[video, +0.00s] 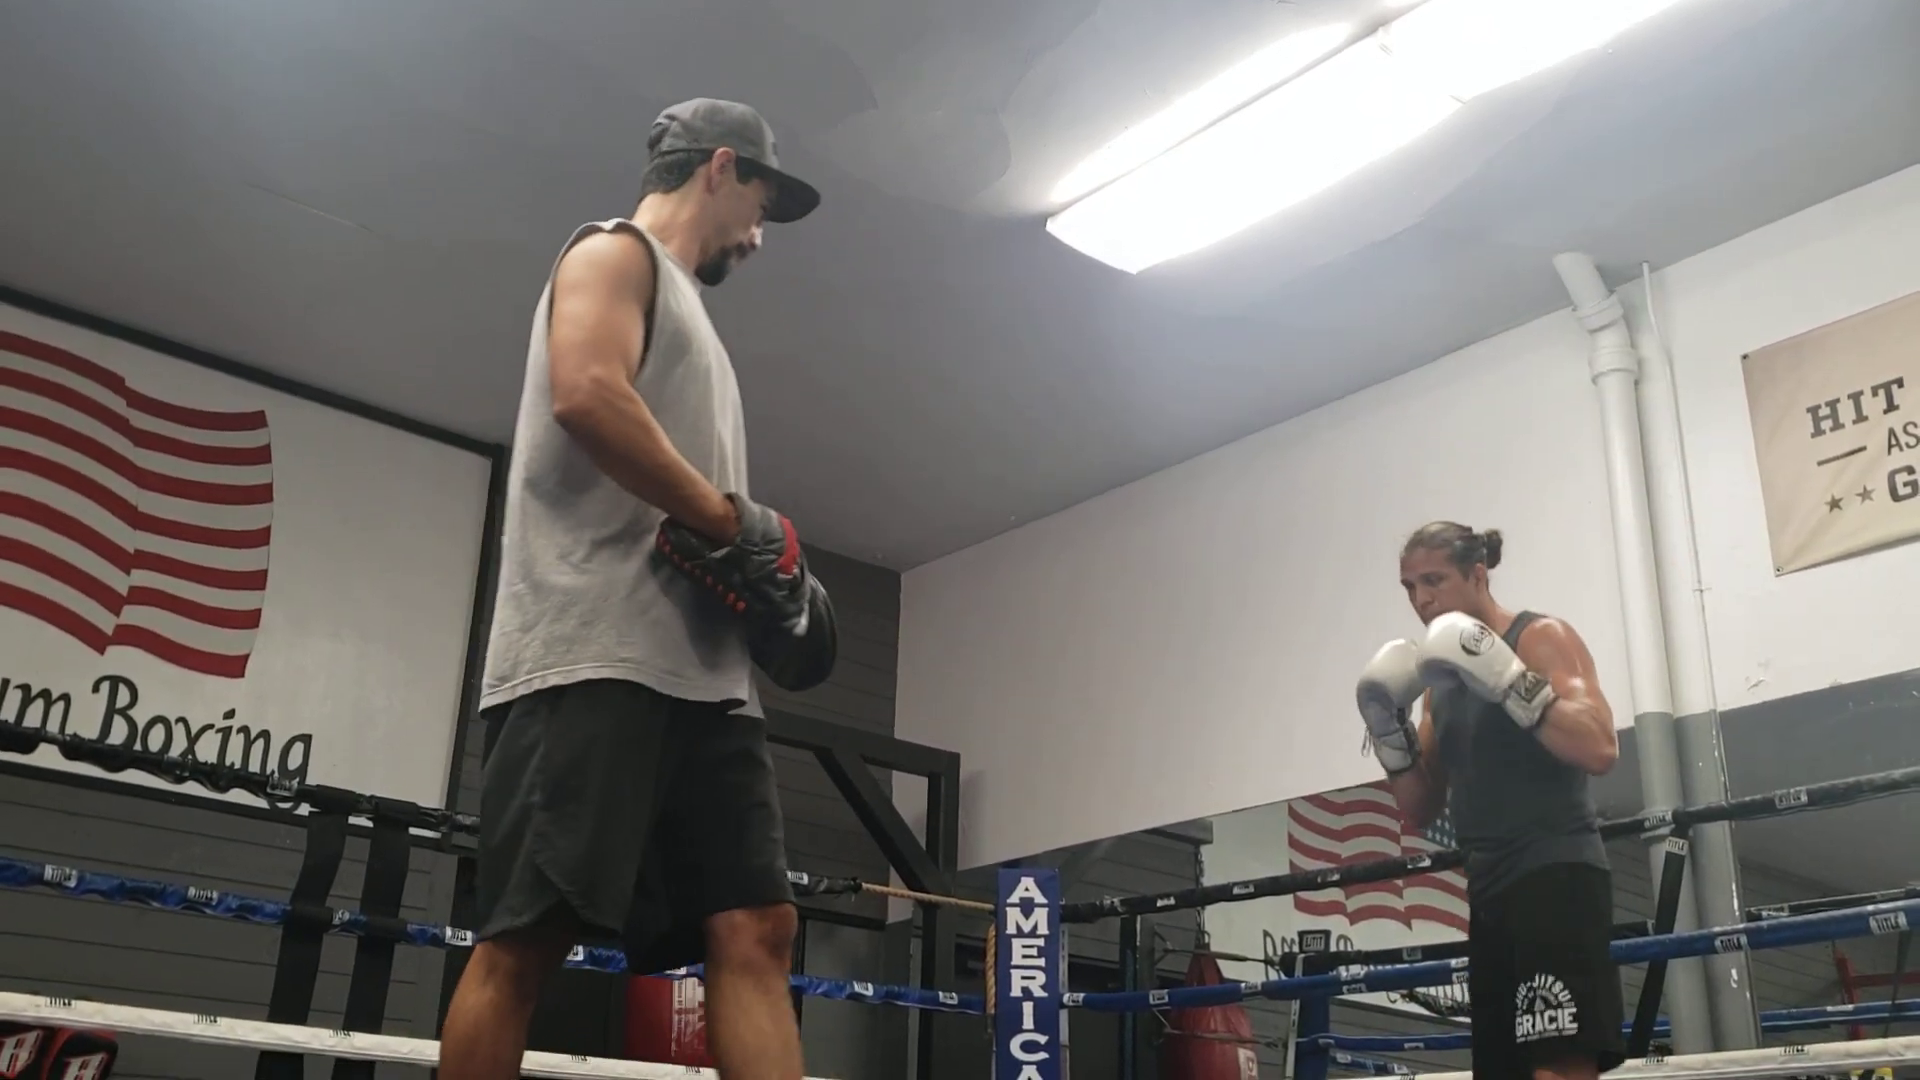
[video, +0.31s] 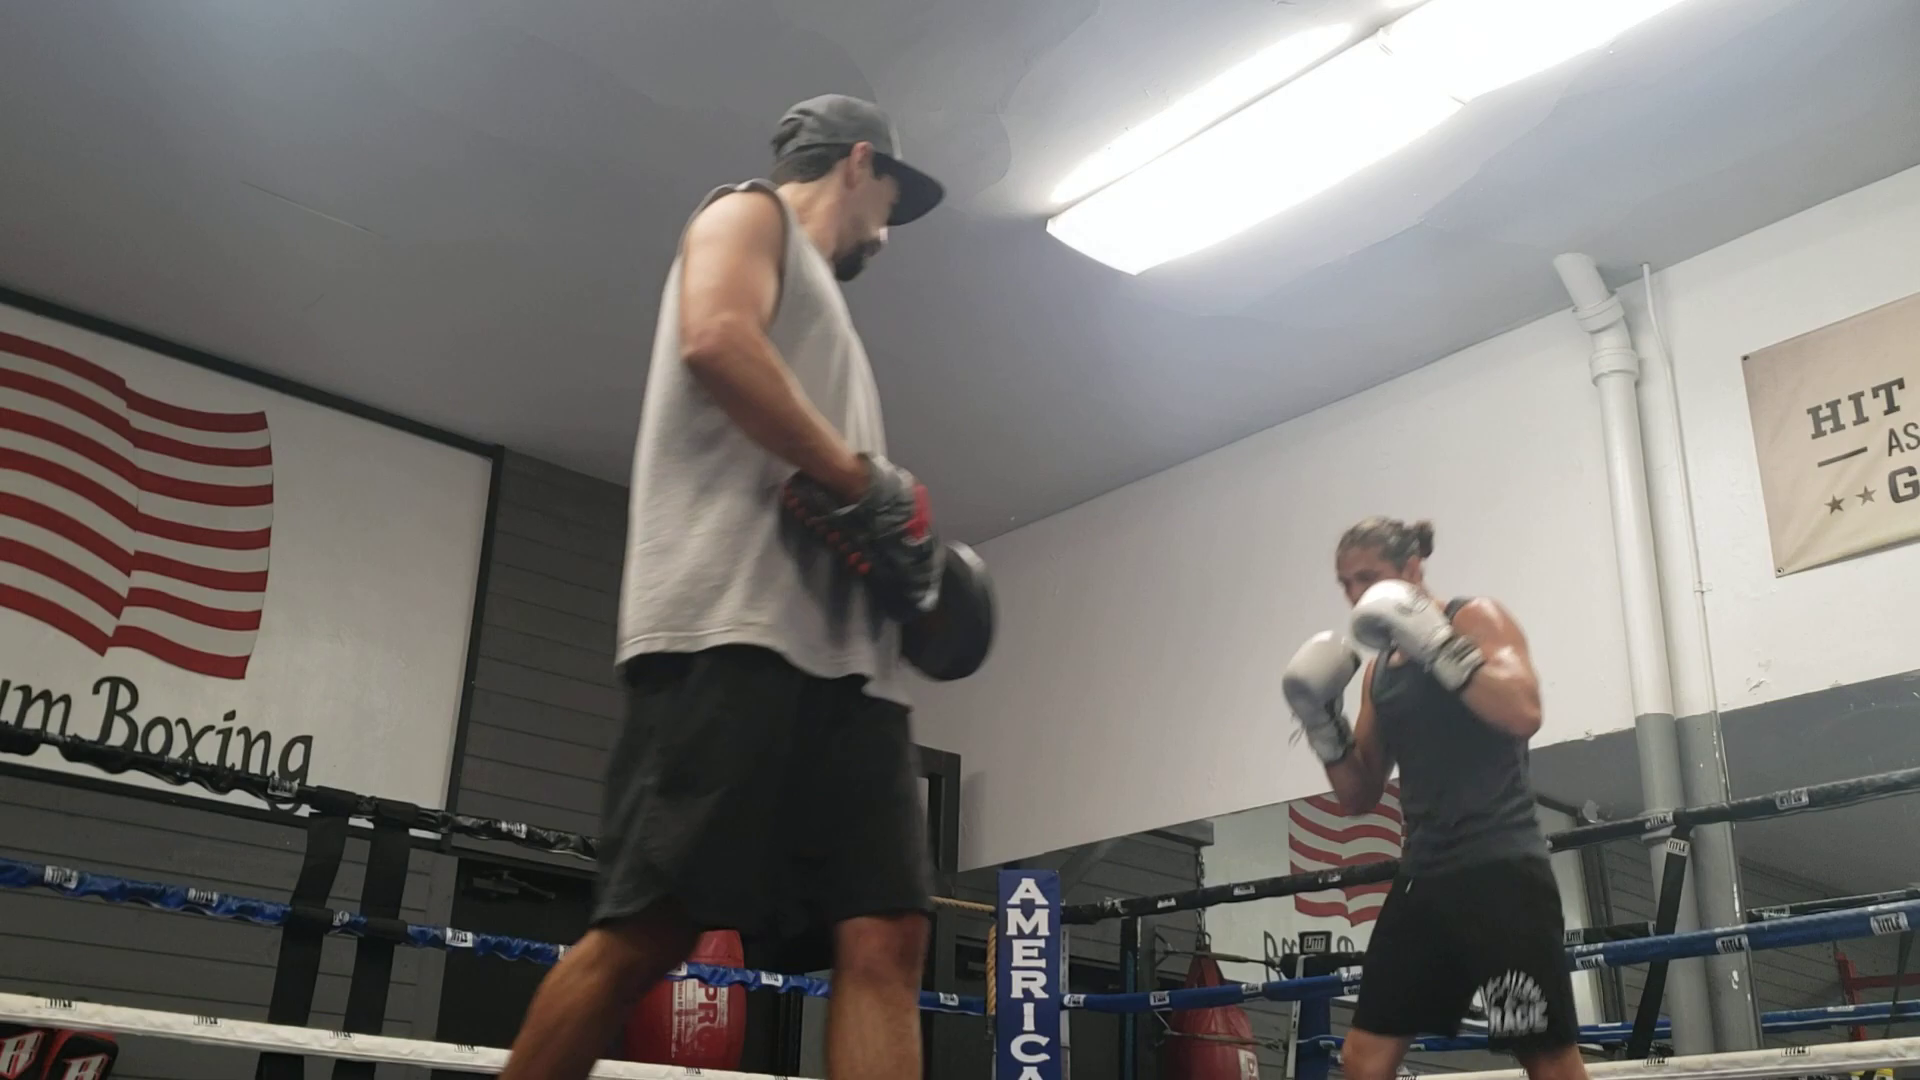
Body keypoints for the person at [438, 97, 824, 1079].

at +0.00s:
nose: (763, 235)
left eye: (771, 214)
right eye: (764, 200)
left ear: (701, 177)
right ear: (716, 170)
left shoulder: (690, 319)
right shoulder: (612, 253)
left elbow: (677, 489)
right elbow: (586, 394)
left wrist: (757, 567)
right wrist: (732, 521)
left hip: (700, 675)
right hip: (589, 657)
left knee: (756, 930)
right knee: (520, 942)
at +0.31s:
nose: (888, 231)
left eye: (895, 211)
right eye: (892, 198)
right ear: (858, 161)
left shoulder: (823, 318)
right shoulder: (748, 210)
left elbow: (818, 479)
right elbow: (717, 336)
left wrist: (913, 554)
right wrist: (862, 483)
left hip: (847, 658)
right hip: (727, 630)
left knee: (885, 938)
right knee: (636, 936)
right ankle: (520, 1075)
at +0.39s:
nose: (928, 218)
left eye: (936, 199)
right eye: (932, 188)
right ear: (897, 154)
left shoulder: (863, 301)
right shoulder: (793, 196)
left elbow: (864, 458)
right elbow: (771, 323)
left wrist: (969, 523)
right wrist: (925, 459)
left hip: (890, 642)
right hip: (784, 615)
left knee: (913, 940)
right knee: (751, 916)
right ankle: (576, 1073)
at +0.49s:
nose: (973, 195)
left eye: (981, 178)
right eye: (974, 166)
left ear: (914, 140)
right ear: (939, 135)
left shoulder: (910, 277)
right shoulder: (841, 181)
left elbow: (902, 442)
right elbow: (826, 307)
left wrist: (1003, 487)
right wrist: (989, 434)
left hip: (931, 610)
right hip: (852, 588)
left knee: (936, 926)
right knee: (891, 883)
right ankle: (679, 1069)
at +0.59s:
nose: (1014, 173)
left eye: (1021, 156)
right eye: (1017, 146)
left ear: (941, 114)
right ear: (987, 114)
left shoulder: (944, 249)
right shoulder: (898, 159)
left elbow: (932, 425)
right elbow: (878, 290)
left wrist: (1031, 468)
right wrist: (1033, 413)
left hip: (937, 575)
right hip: (907, 563)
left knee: (952, 874)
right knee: (1010, 845)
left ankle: (905, 1063)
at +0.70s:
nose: (1058, 156)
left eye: (1062, 139)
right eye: (1057, 129)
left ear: (968, 103)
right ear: (1026, 103)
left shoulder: (914, 188)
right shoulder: (966, 148)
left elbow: (956, 417)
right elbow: (945, 282)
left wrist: (1068, 467)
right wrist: (1096, 420)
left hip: (917, 586)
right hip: (969, 574)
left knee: (934, 933)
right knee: (1067, 863)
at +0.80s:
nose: (1100, 144)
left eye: (1104, 138)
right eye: (1103, 124)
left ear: (988, 94)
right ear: (1079, 93)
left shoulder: (917, 216)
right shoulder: (1031, 129)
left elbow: (976, 401)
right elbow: (1027, 274)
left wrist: (1119, 468)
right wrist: (1157, 437)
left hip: (931, 593)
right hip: (1023, 571)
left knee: (942, 937)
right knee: (1136, 868)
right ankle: (1212, 1072)